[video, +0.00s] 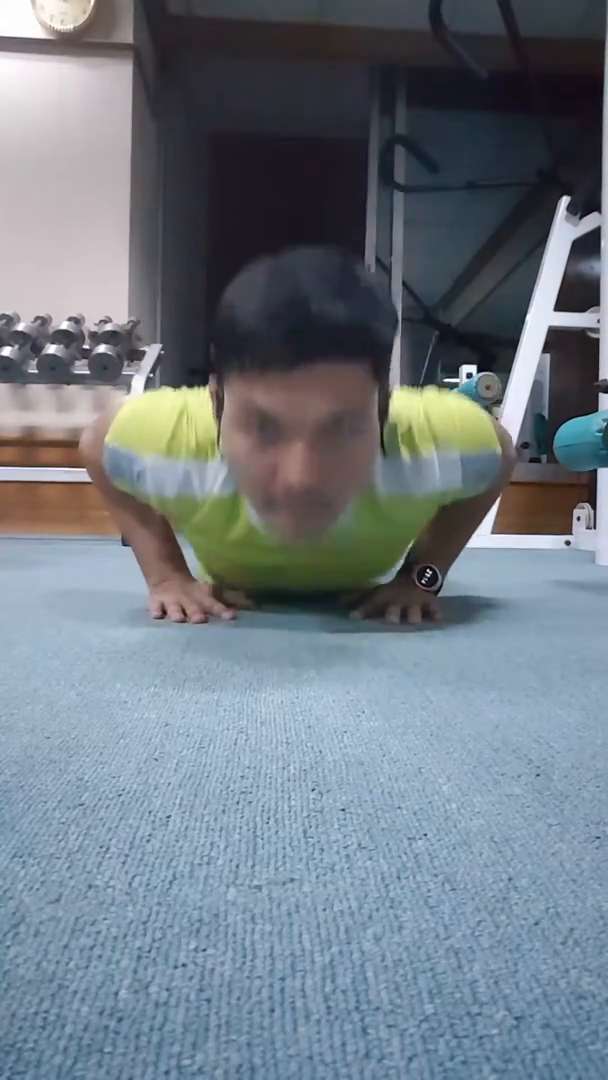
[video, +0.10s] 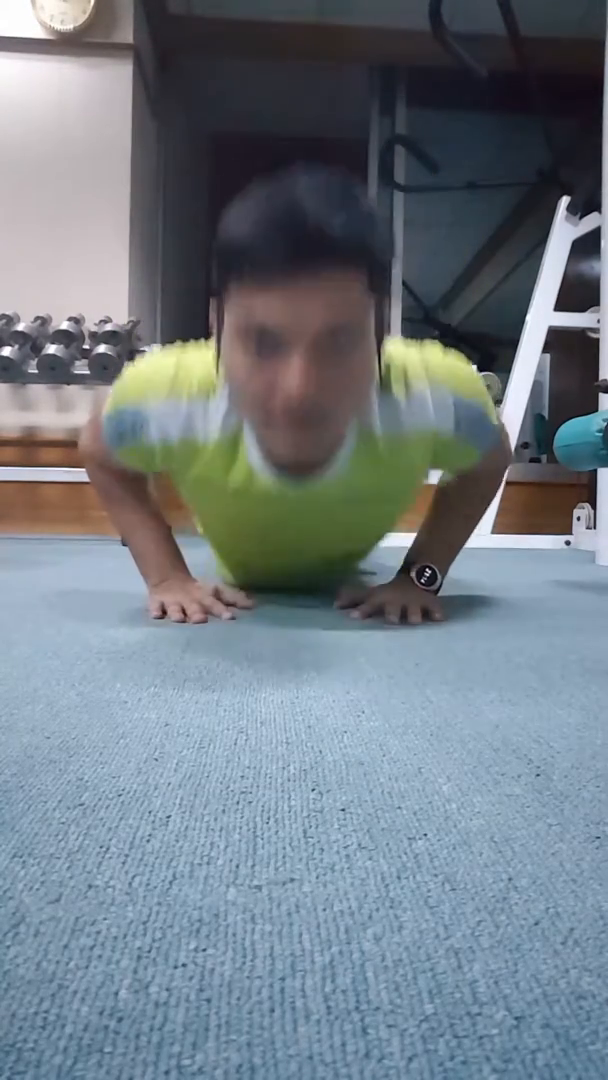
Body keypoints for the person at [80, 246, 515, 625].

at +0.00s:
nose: (299, 473)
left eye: (337, 430)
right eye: (265, 429)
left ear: (383, 406)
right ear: (217, 401)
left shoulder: (450, 439)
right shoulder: (158, 438)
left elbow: (493, 460)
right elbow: (99, 449)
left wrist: (422, 575)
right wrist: (167, 574)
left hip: (366, 569)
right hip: (229, 569)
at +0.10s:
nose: (298, 384)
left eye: (335, 344)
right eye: (265, 344)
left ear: (380, 327)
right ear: (216, 325)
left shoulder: (437, 389)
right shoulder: (162, 391)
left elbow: (487, 456)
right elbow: (102, 451)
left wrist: (420, 577)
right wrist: (168, 577)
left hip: (352, 554)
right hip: (234, 559)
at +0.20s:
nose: (300, 286)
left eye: (334, 250)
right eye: (269, 249)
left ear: (376, 242)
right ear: (220, 244)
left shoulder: (429, 336)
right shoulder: (161, 339)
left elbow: (481, 451)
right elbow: (104, 447)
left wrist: (418, 577)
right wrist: (167, 577)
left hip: (343, 518)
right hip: (226, 520)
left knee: (329, 533)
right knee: (244, 533)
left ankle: (303, 547)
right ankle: (256, 544)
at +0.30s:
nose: (305, 205)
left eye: (337, 171)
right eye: (273, 169)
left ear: (376, 178)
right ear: (228, 174)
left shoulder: (419, 289)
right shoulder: (170, 284)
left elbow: (468, 439)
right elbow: (111, 435)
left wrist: (417, 577)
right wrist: (167, 578)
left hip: (334, 488)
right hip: (230, 492)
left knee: (327, 521)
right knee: (248, 527)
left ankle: (322, 529)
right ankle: (266, 536)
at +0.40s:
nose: (308, 144)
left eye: (339, 114)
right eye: (277, 111)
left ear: (375, 130)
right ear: (231, 122)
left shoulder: (413, 254)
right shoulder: (177, 239)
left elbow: (449, 424)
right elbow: (136, 416)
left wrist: (416, 576)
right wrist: (170, 577)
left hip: (327, 445)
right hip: (228, 452)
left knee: (311, 495)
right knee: (251, 500)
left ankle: (303, 519)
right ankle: (256, 520)